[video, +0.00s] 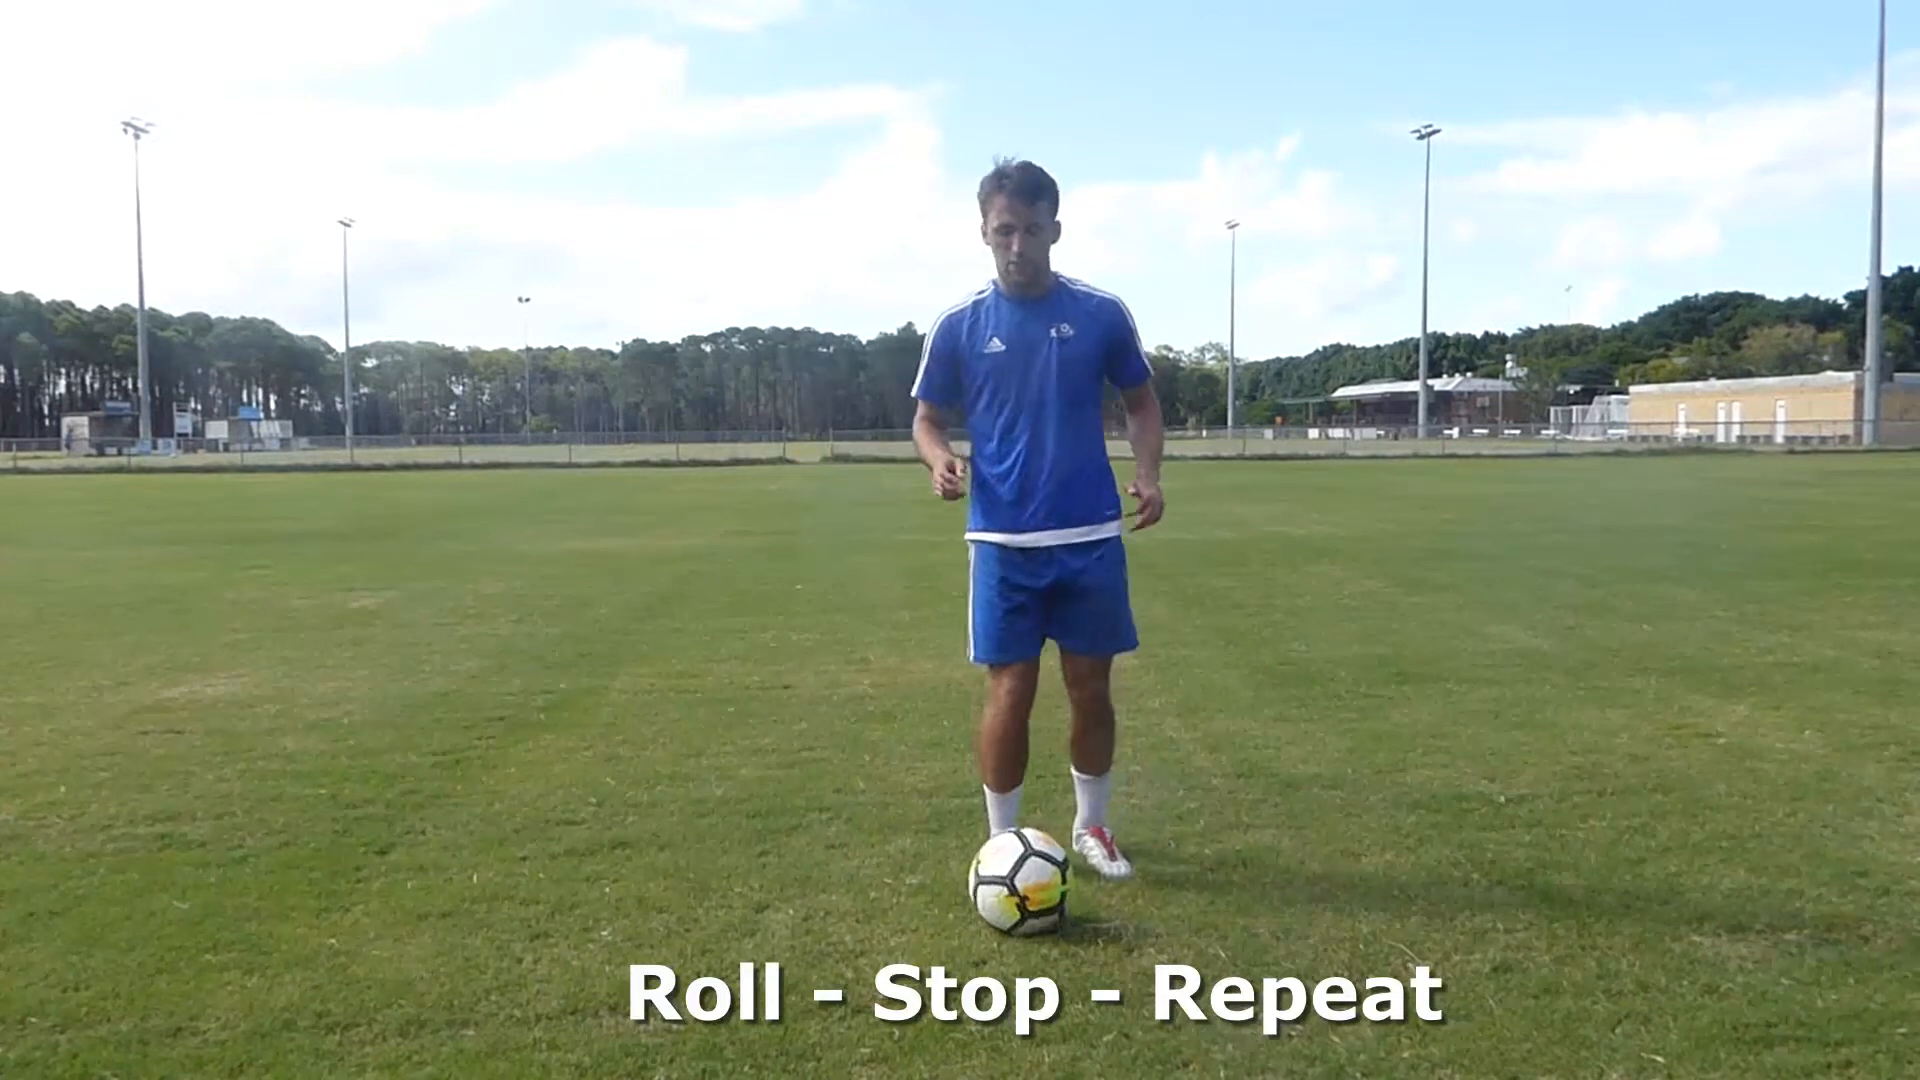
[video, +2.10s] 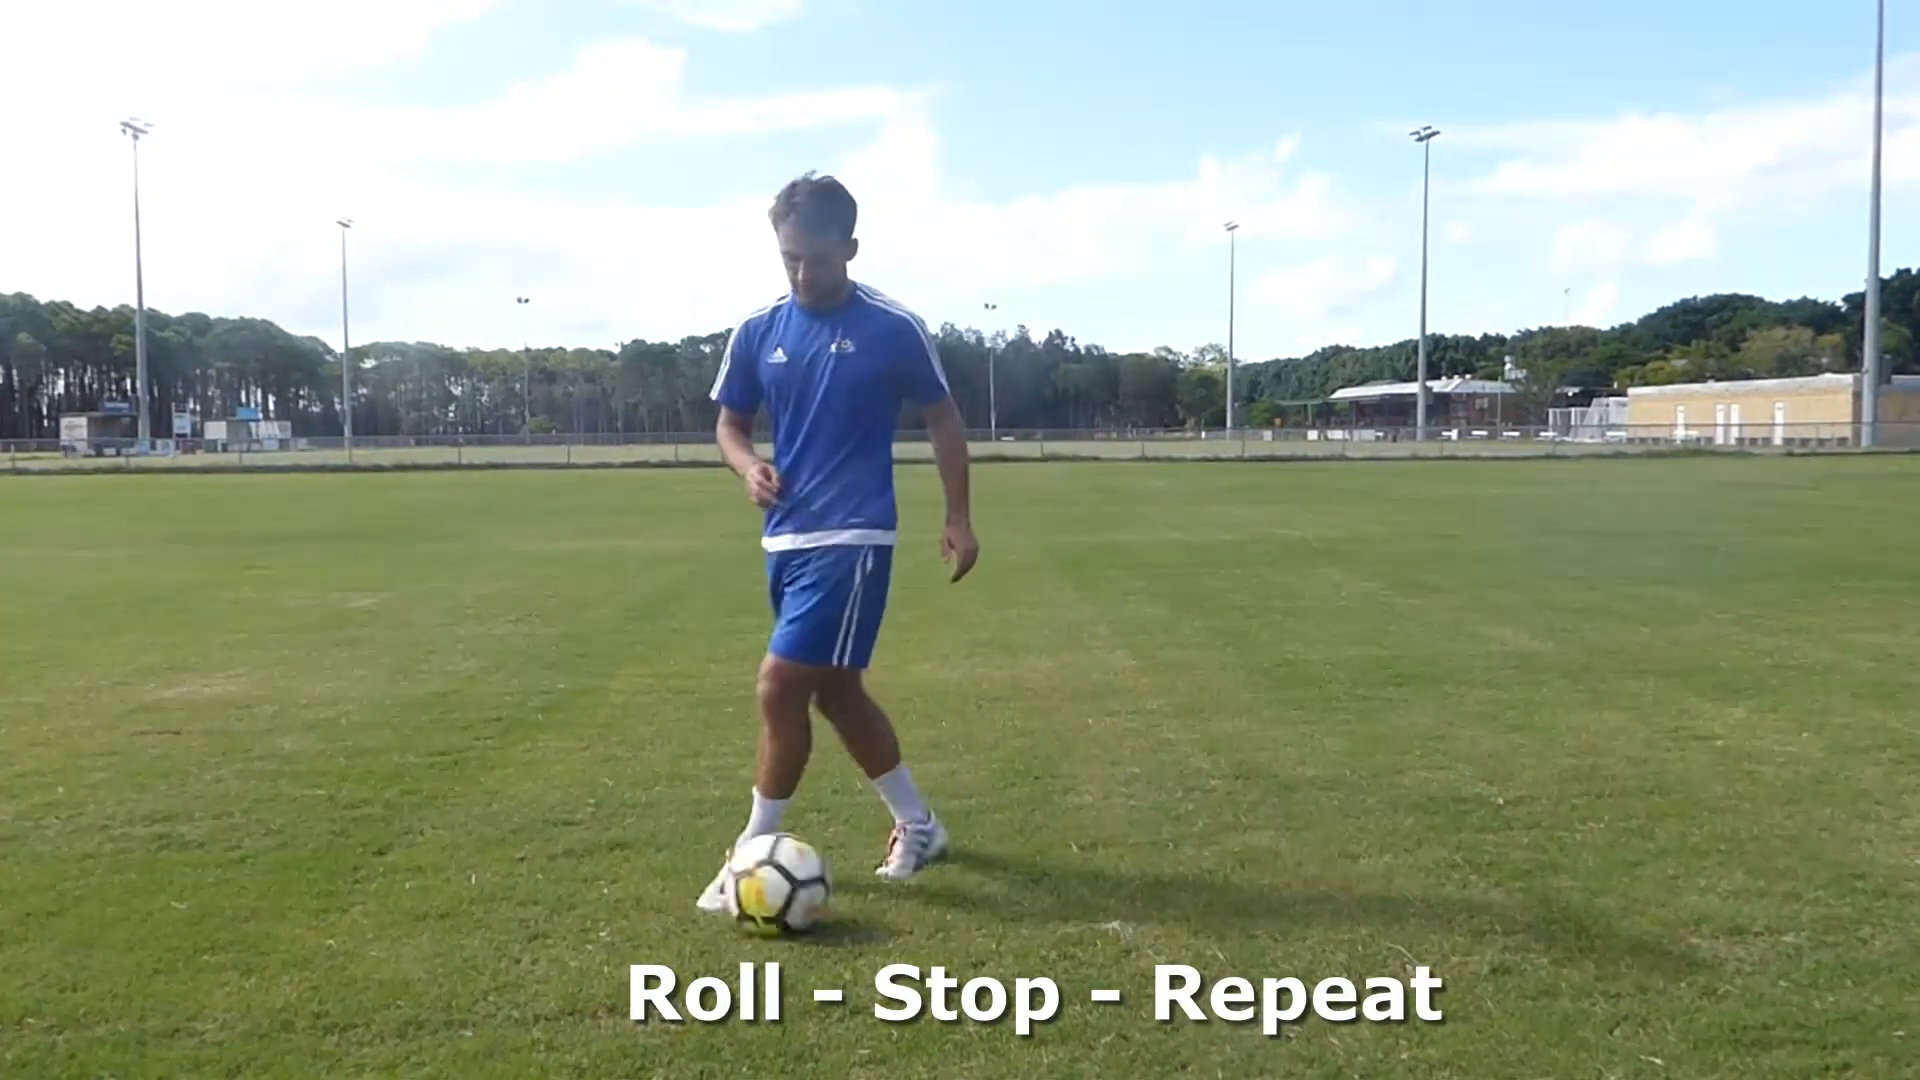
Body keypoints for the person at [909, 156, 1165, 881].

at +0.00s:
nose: (1015, 245)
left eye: (1029, 230)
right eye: (1001, 230)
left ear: (1055, 228)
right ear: (983, 233)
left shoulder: (1102, 316)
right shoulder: (959, 328)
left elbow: (1142, 401)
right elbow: (928, 419)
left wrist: (1148, 472)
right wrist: (940, 457)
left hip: (1089, 536)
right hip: (1002, 540)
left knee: (1091, 687)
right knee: (1011, 690)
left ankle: (1091, 830)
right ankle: (1003, 845)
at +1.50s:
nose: (920, 271)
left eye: (931, 254)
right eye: (905, 258)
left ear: (958, 238)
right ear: (888, 249)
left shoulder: (1011, 314)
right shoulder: (872, 334)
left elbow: (1055, 400)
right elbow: (851, 420)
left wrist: (1067, 471)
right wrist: (877, 464)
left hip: (1010, 523)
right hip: (921, 537)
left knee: (1061, 645)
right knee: (923, 686)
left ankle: (1093, 796)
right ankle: (930, 833)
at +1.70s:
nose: (874, 272)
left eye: (886, 254)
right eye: (860, 259)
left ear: (912, 239)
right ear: (843, 251)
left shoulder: (966, 315)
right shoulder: (829, 337)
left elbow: (1021, 394)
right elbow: (814, 422)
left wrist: (1038, 474)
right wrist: (839, 471)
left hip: (960, 514)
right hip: (879, 533)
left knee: (979, 625)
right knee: (904, 682)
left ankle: (1031, 799)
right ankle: (929, 832)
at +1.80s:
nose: (855, 272)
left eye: (868, 255)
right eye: (842, 259)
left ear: (896, 240)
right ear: (826, 251)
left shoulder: (949, 317)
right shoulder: (812, 336)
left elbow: (1009, 400)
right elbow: (803, 423)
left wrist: (1025, 482)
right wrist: (826, 471)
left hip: (933, 513)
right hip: (857, 532)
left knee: (918, 623)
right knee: (891, 682)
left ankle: (958, 801)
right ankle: (926, 829)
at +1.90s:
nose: (841, 274)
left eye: (855, 257)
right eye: (827, 259)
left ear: (882, 242)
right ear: (811, 249)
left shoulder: (932, 321)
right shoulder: (794, 337)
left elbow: (990, 404)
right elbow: (785, 426)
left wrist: (1006, 488)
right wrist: (808, 468)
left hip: (913, 512)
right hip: (839, 528)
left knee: (859, 624)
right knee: (883, 681)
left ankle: (862, 805)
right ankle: (928, 833)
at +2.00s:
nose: (825, 275)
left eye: (840, 260)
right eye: (812, 260)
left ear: (868, 246)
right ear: (795, 250)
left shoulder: (914, 323)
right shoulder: (776, 336)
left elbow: (967, 406)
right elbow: (757, 429)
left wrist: (983, 496)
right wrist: (784, 469)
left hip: (887, 522)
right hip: (818, 530)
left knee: (810, 652)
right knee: (873, 682)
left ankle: (776, 831)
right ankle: (926, 829)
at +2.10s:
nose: (797, 274)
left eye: (811, 259)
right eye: (786, 258)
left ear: (849, 247)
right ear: (776, 247)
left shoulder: (892, 331)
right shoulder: (757, 332)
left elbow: (944, 420)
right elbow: (729, 422)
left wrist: (958, 517)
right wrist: (749, 463)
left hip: (852, 540)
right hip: (785, 540)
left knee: (778, 689)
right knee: (839, 692)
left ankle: (755, 856)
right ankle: (917, 824)